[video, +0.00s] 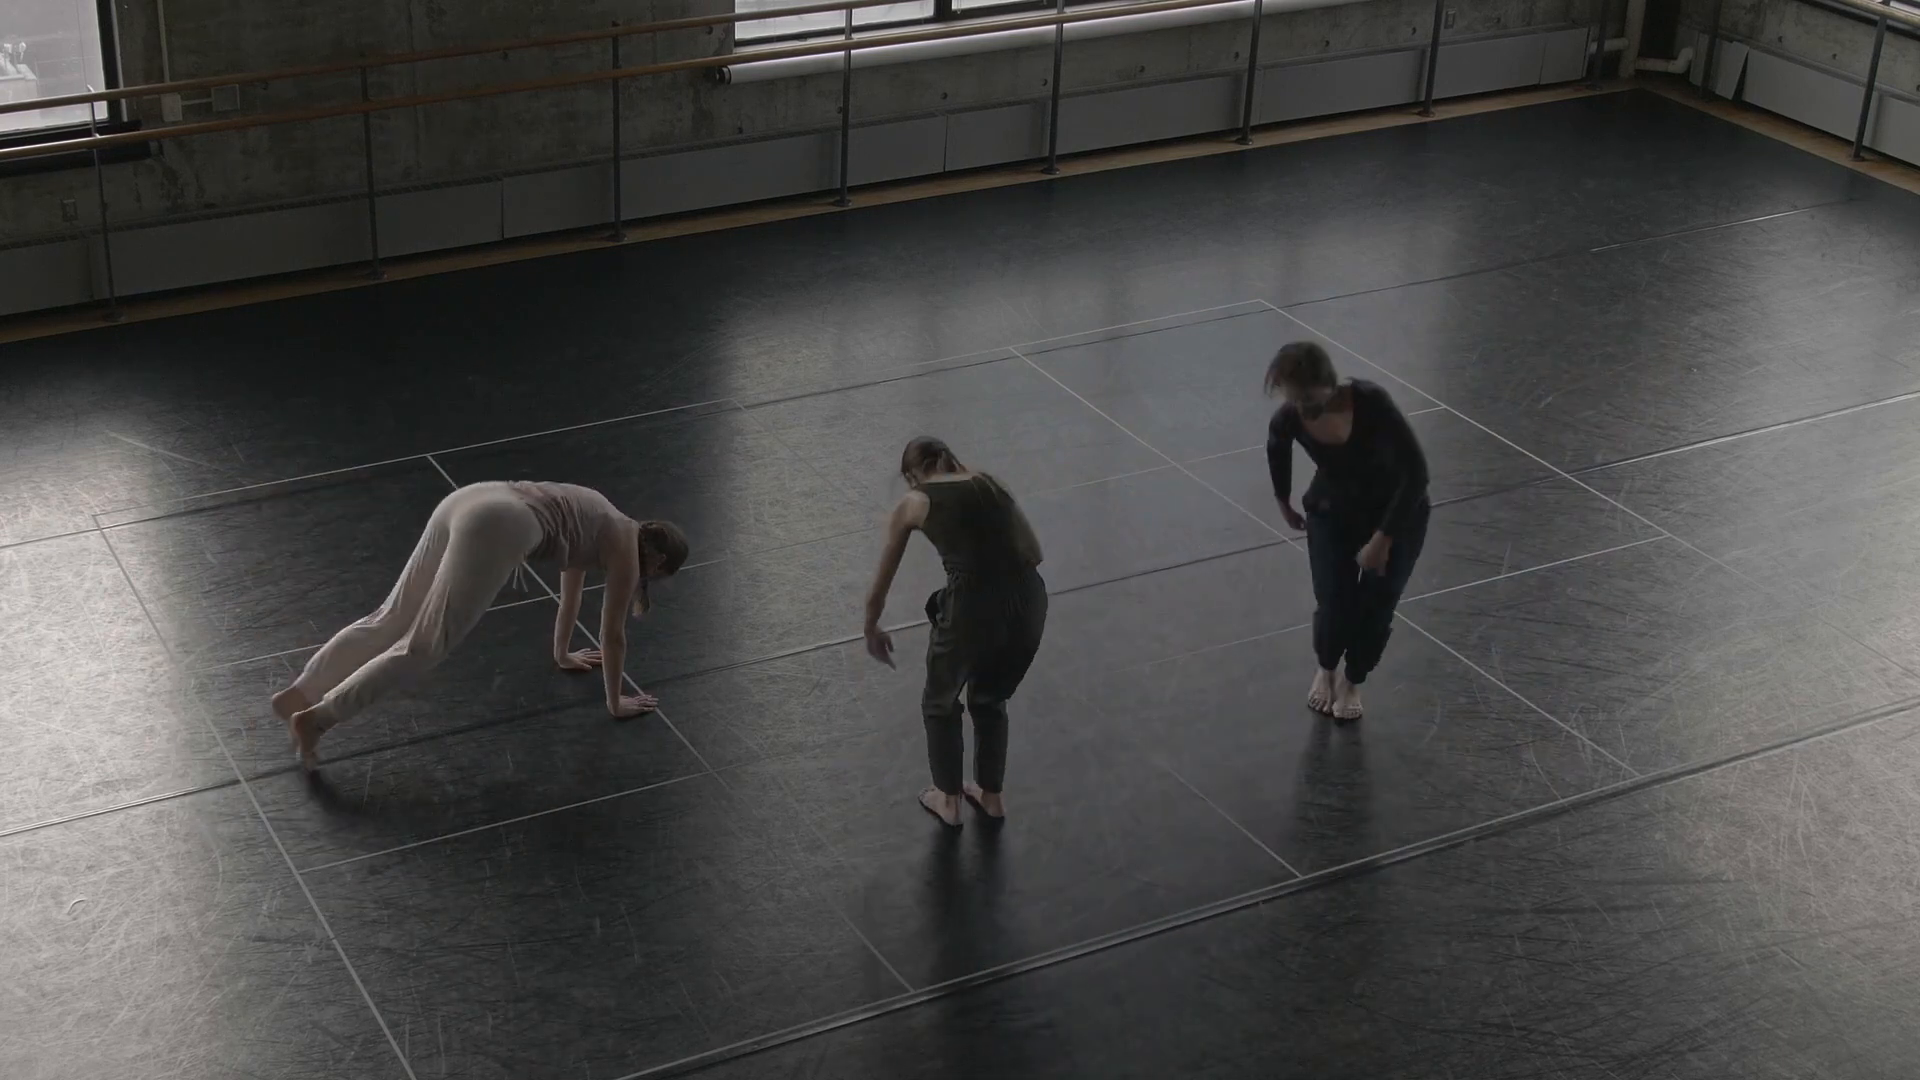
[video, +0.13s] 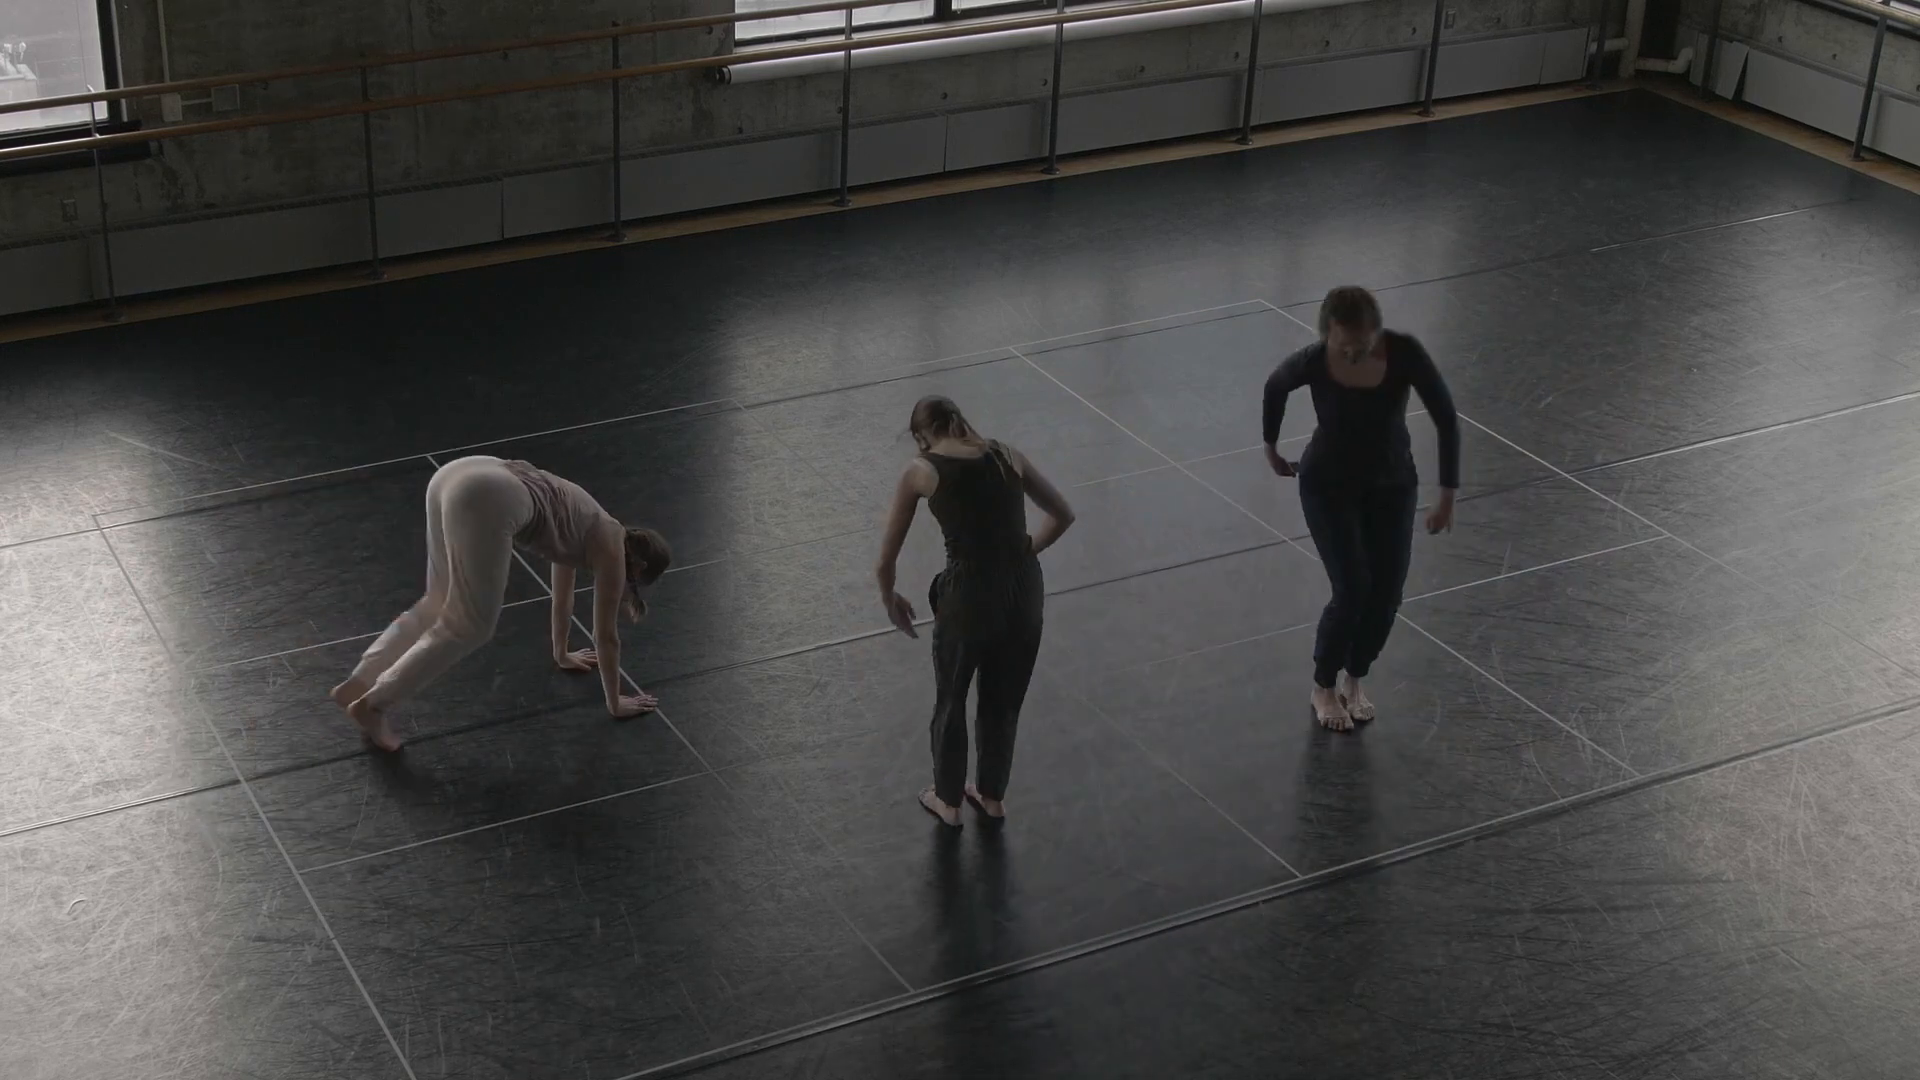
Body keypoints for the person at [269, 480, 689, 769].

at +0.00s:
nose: (648, 583)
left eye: (656, 577)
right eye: (658, 575)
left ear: (645, 543)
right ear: (655, 555)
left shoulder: (588, 525)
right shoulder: (625, 537)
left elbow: (569, 601)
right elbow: (615, 632)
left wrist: (562, 656)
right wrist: (617, 700)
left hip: (463, 500)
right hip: (502, 519)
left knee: (388, 619)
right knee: (423, 649)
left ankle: (298, 691)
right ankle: (317, 717)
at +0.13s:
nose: (630, 588)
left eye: (637, 584)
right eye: (637, 581)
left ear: (628, 549)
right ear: (635, 562)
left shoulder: (570, 529)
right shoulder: (610, 539)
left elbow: (560, 602)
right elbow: (607, 636)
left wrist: (562, 656)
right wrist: (617, 702)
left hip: (447, 478)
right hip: (487, 494)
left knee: (436, 606)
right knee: (471, 626)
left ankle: (357, 682)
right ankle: (374, 704)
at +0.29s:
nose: (611, 588)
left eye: (618, 586)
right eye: (618, 582)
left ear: (614, 543)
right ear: (619, 567)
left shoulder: (560, 525)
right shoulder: (590, 548)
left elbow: (546, 597)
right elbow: (597, 643)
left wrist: (560, 655)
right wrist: (614, 702)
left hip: (428, 513)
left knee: (505, 599)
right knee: (530, 624)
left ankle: (422, 669)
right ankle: (433, 694)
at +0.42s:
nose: (603, 591)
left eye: (611, 586)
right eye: (611, 586)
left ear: (599, 543)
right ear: (608, 572)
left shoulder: (549, 523)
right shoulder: (576, 566)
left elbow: (535, 594)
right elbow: (587, 653)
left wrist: (559, 653)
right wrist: (614, 703)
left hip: (411, 562)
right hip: (438, 594)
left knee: (517, 613)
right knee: (545, 639)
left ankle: (421, 672)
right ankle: (438, 700)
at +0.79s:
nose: (559, 593)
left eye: (565, 588)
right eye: (563, 586)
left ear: (543, 544)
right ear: (555, 572)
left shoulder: (502, 537)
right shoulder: (517, 571)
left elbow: (531, 601)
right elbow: (569, 651)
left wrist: (583, 648)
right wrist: (627, 696)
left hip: (355, 582)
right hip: (380, 609)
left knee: (485, 606)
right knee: (499, 629)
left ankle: (405, 681)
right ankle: (418, 712)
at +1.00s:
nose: (551, 555)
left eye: (557, 550)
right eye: (556, 548)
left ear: (530, 510)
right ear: (547, 534)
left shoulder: (485, 510)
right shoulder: (508, 529)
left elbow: (512, 595)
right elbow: (549, 608)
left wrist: (547, 652)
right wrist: (597, 652)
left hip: (343, 542)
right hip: (366, 566)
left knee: (463, 590)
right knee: (475, 616)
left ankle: (397, 687)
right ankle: (411, 717)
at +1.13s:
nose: (550, 525)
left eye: (556, 519)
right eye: (554, 516)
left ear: (523, 478)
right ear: (542, 502)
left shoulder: (477, 490)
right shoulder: (512, 509)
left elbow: (483, 580)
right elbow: (520, 601)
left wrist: (501, 643)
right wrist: (544, 652)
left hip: (341, 519)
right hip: (365, 537)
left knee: (434, 600)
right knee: (460, 617)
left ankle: (391, 695)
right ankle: (408, 723)